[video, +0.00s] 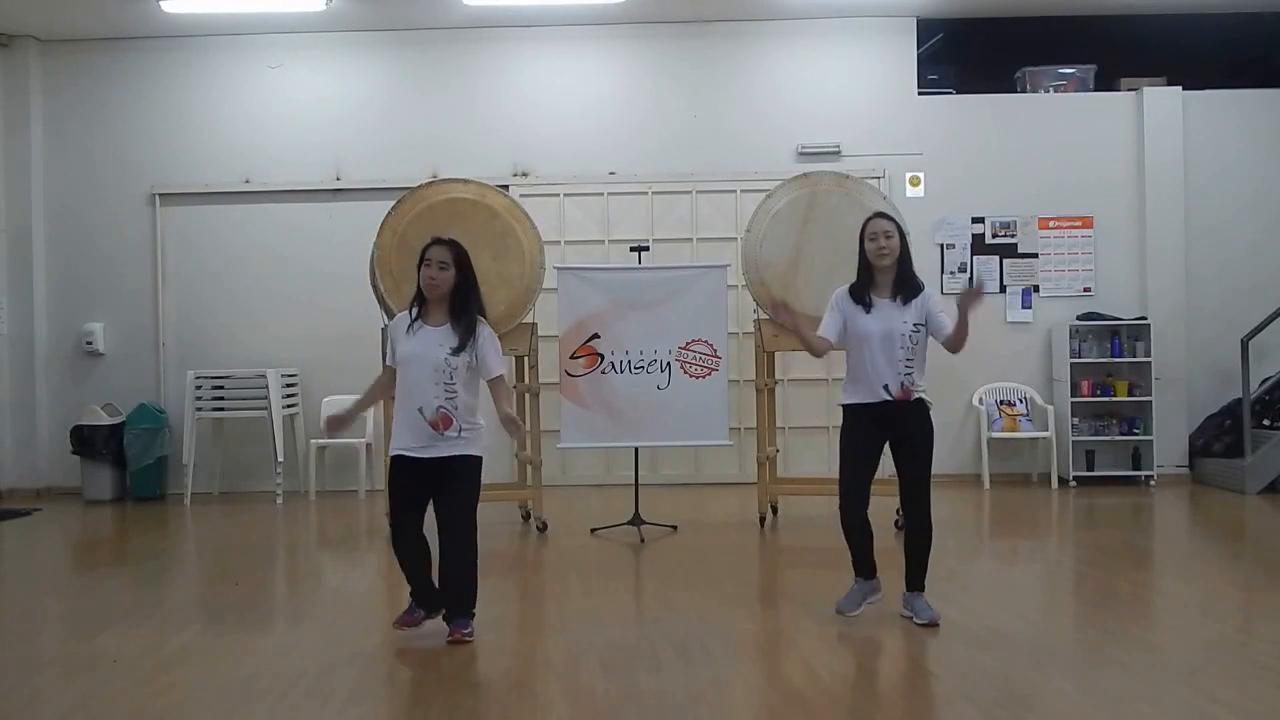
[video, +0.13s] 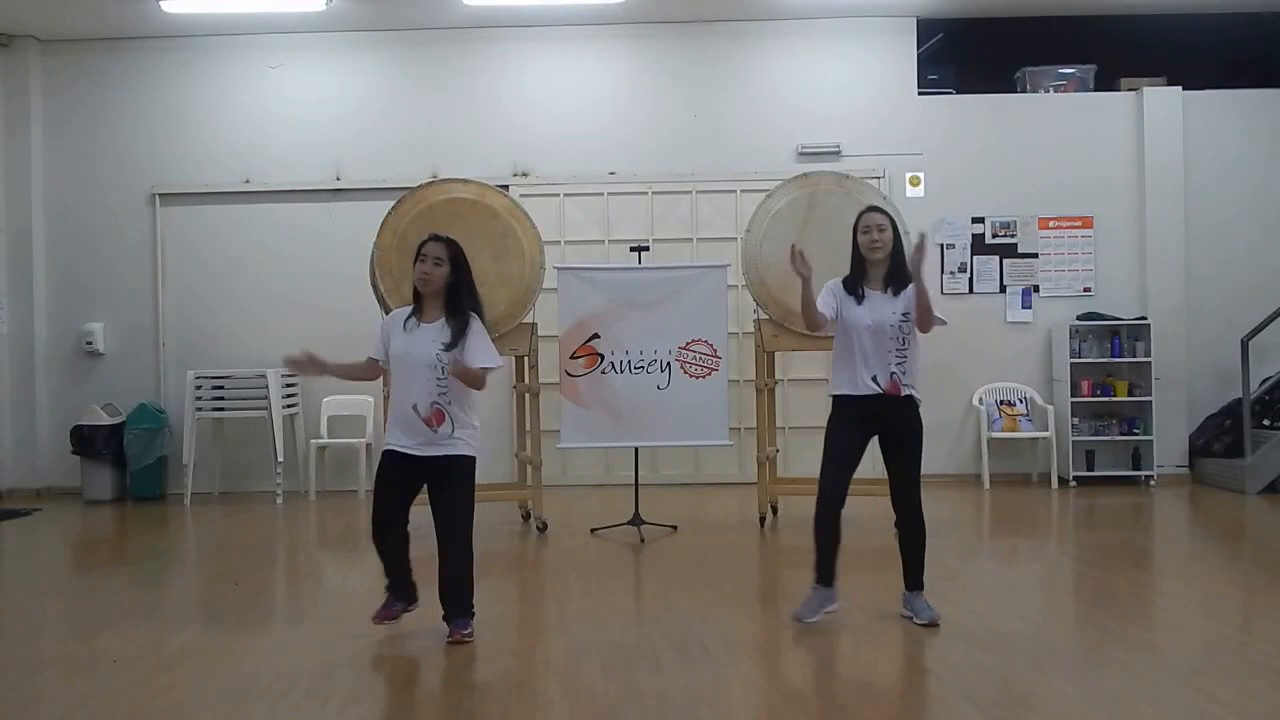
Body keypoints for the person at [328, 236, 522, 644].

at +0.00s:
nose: (431, 273)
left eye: (442, 267)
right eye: (426, 265)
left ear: (458, 277)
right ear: (418, 273)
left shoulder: (476, 330)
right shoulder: (399, 326)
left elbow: (497, 381)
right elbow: (390, 377)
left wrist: (506, 412)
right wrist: (351, 412)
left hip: (460, 450)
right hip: (409, 450)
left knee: (458, 532)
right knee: (403, 529)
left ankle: (460, 614)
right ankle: (425, 596)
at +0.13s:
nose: (425, 268)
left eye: (437, 262)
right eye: (421, 260)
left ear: (453, 274)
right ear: (413, 268)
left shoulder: (467, 324)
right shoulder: (394, 321)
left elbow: (479, 381)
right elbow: (371, 370)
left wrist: (462, 369)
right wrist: (324, 368)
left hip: (453, 448)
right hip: (402, 446)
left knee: (455, 535)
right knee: (385, 524)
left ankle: (459, 616)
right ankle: (401, 592)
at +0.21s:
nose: (419, 262)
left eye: (431, 258)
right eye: (414, 255)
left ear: (447, 270)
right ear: (406, 264)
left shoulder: (457, 319)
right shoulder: (384, 318)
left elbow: (454, 371)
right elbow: (359, 368)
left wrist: (417, 340)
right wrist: (339, 344)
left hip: (445, 445)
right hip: (392, 444)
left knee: (452, 531)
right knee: (375, 529)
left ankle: (459, 616)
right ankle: (370, 611)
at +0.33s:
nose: (410, 265)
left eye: (422, 261)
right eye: (406, 258)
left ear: (437, 275)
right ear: (396, 268)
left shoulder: (445, 321)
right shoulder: (378, 320)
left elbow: (431, 367)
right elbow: (343, 372)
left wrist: (375, 338)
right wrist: (361, 342)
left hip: (434, 448)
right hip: (381, 448)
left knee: (447, 534)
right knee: (371, 535)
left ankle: (460, 617)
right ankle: (358, 618)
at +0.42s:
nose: (398, 262)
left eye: (409, 258)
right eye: (393, 255)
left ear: (423, 273)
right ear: (381, 268)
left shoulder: (433, 319)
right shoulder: (360, 318)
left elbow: (435, 367)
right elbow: (326, 367)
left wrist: (391, 353)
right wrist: (327, 351)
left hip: (419, 448)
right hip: (366, 447)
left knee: (434, 536)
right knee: (362, 537)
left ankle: (457, 614)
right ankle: (359, 619)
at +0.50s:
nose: (390, 263)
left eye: (399, 258)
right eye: (382, 257)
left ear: (413, 272)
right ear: (371, 271)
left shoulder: (428, 321)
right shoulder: (352, 322)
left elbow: (447, 368)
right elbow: (310, 361)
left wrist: (430, 359)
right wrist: (284, 355)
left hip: (411, 448)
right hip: (357, 449)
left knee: (425, 533)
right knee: (356, 537)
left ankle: (452, 614)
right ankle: (360, 619)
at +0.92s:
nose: (367, 267)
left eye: (372, 259)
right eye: (355, 264)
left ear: (386, 270)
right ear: (345, 281)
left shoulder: (416, 321)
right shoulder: (334, 329)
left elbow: (472, 335)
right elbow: (287, 360)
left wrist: (522, 312)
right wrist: (230, 361)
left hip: (407, 451)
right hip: (351, 455)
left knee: (413, 538)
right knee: (354, 541)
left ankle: (404, 603)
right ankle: (359, 619)